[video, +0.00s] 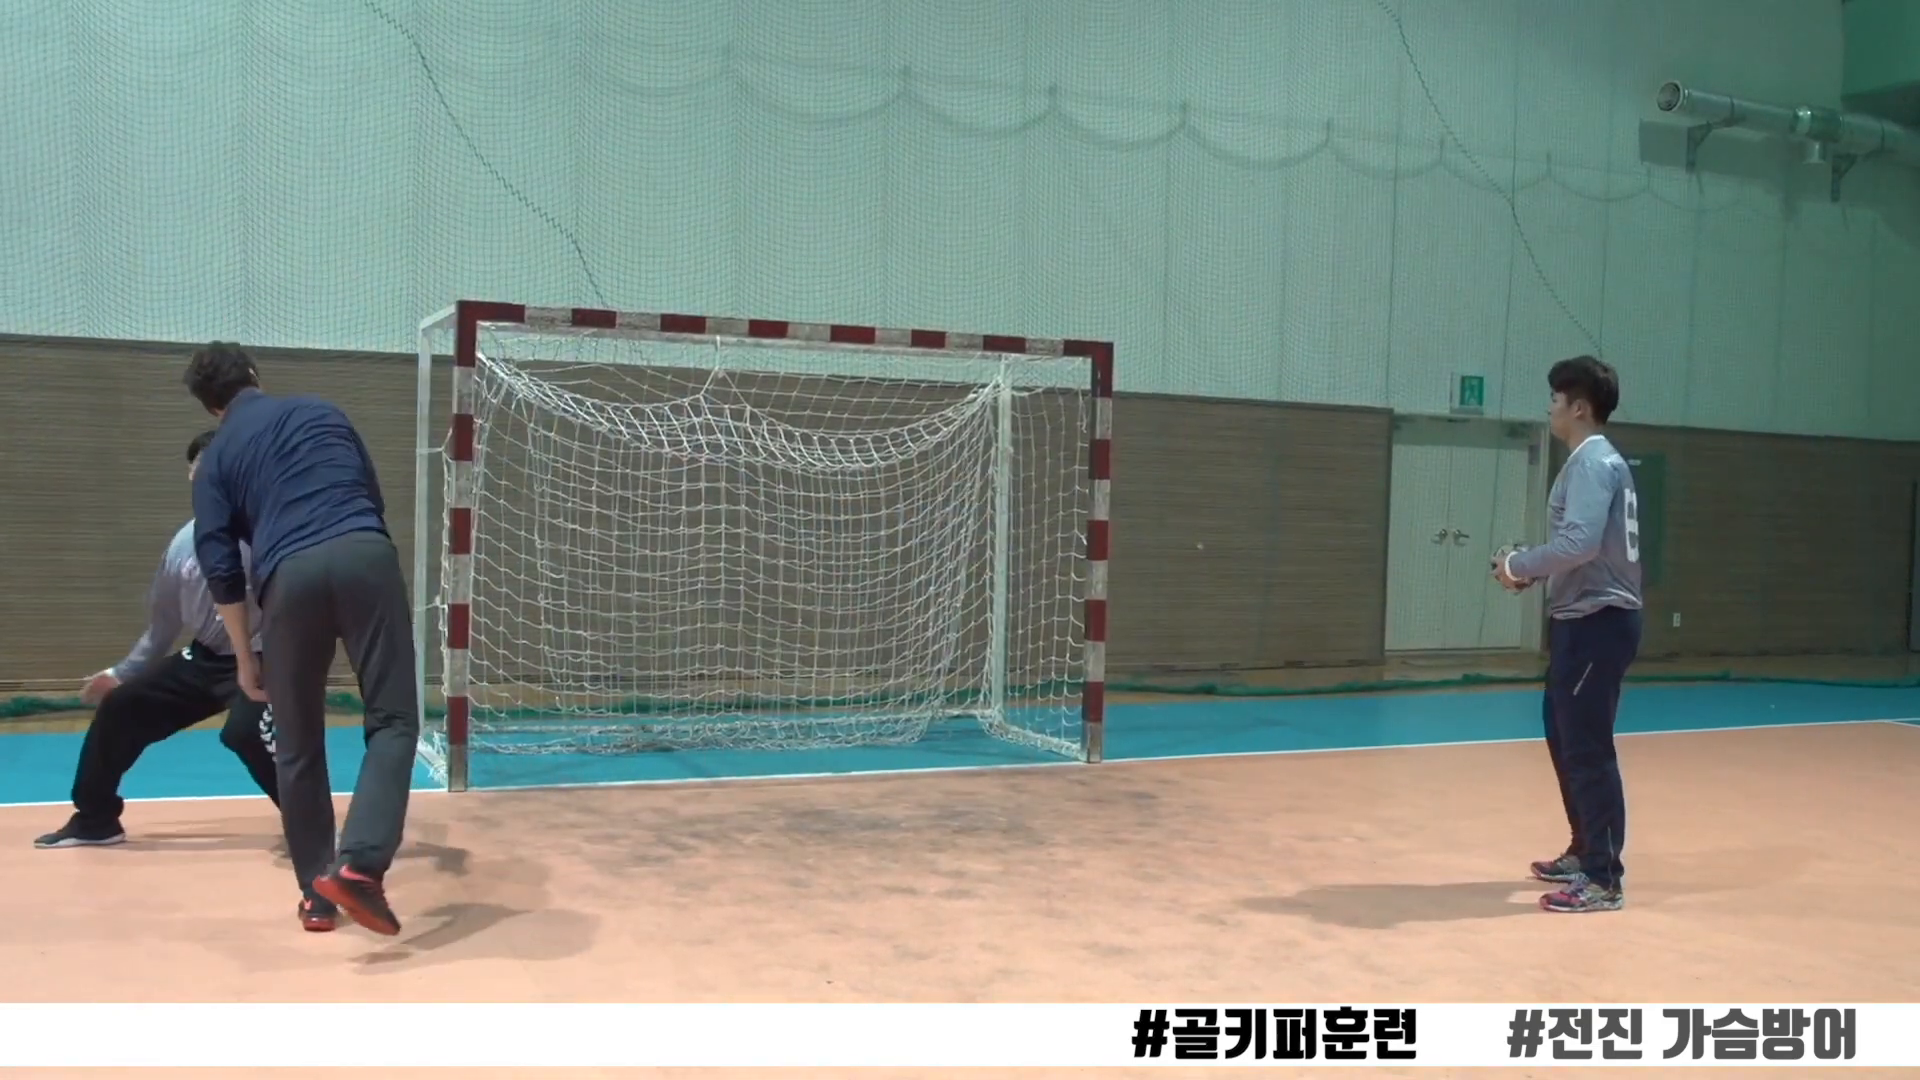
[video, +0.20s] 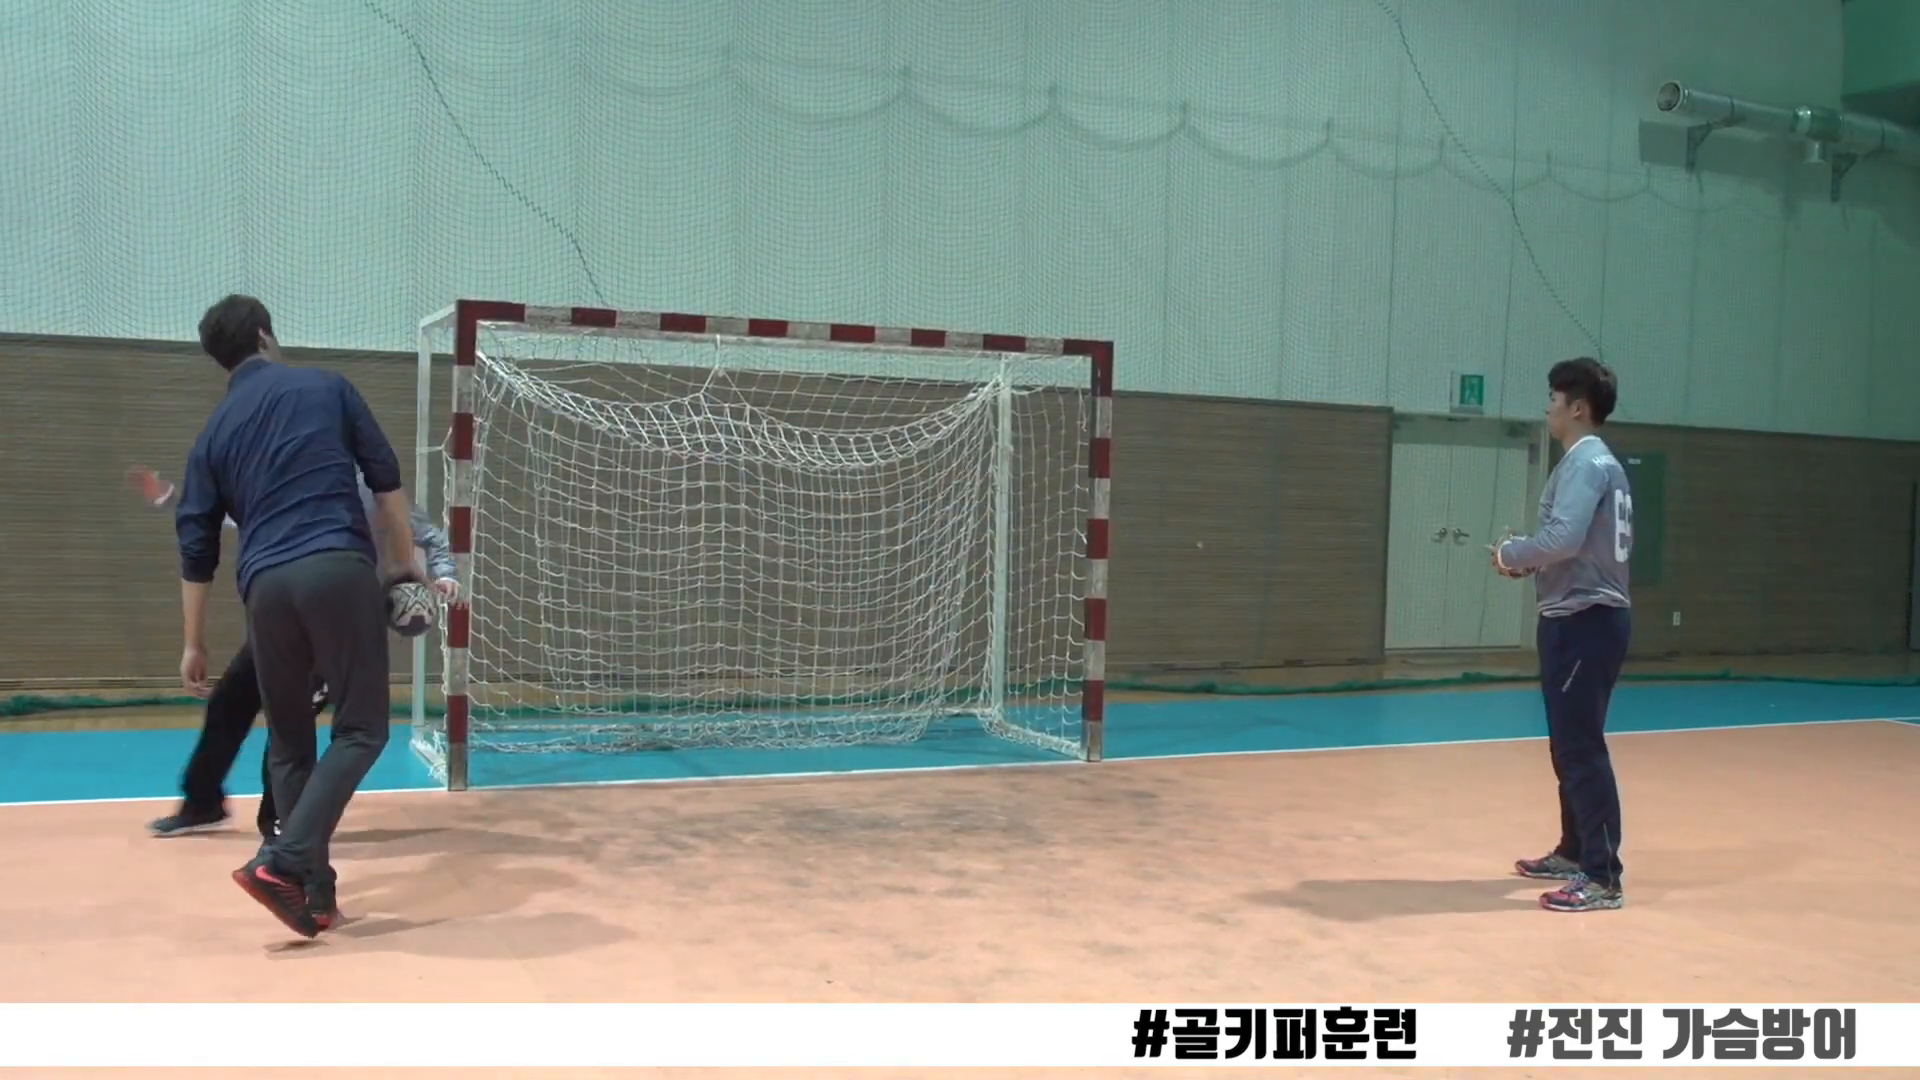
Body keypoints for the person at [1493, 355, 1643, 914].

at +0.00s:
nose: (1550, 408)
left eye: (1557, 399)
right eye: (1552, 398)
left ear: (1581, 405)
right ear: (1585, 407)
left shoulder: (1593, 460)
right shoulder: (1591, 459)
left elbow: (1581, 543)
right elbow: (1583, 545)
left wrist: (1520, 564)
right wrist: (1533, 569)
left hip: (1600, 620)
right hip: (1583, 619)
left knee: (1584, 738)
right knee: (1562, 731)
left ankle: (1603, 878)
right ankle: (1586, 852)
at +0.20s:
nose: (1548, 408)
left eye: (1554, 399)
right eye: (1550, 398)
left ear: (1578, 406)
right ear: (1584, 408)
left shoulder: (1587, 462)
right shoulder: (1593, 461)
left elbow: (1565, 540)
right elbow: (1573, 542)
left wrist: (1514, 556)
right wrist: (1523, 555)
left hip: (1586, 621)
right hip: (1576, 620)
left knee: (1579, 744)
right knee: (1568, 743)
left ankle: (1603, 879)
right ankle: (1575, 853)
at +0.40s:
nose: (1543, 408)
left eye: (1549, 399)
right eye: (1546, 398)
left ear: (1572, 406)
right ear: (1579, 409)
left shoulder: (1578, 461)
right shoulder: (1595, 462)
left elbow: (1555, 536)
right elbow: (1567, 539)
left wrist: (1501, 552)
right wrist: (1513, 551)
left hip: (1577, 620)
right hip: (1578, 618)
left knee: (1571, 742)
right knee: (1566, 741)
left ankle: (1599, 875)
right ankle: (1574, 853)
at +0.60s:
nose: (1537, 408)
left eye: (1543, 399)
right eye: (1540, 398)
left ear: (1565, 405)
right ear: (1573, 408)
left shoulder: (1570, 458)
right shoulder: (1590, 460)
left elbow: (1546, 529)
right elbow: (1559, 534)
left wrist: (1495, 531)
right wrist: (1507, 539)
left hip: (1569, 617)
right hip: (1583, 615)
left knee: (1560, 737)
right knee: (1568, 735)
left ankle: (1594, 869)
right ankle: (1574, 850)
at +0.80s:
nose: (1532, 410)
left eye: (1538, 402)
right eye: (1535, 400)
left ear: (1558, 408)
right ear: (1568, 410)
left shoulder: (1565, 461)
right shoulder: (1579, 460)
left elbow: (1552, 530)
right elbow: (1552, 536)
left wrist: (1492, 534)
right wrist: (1499, 543)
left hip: (1564, 617)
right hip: (1579, 615)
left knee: (1547, 733)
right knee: (1573, 733)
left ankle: (1588, 865)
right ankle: (1577, 851)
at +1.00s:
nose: (1511, 414)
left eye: (1519, 404)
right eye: (1515, 404)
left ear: (1544, 413)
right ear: (1541, 413)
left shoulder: (1566, 459)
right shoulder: (1534, 474)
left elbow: (1610, 498)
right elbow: (1515, 542)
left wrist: (1538, 520)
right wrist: (1468, 572)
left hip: (1565, 619)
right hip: (1538, 620)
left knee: (1544, 733)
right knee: (1555, 734)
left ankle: (1584, 867)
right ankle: (1573, 852)